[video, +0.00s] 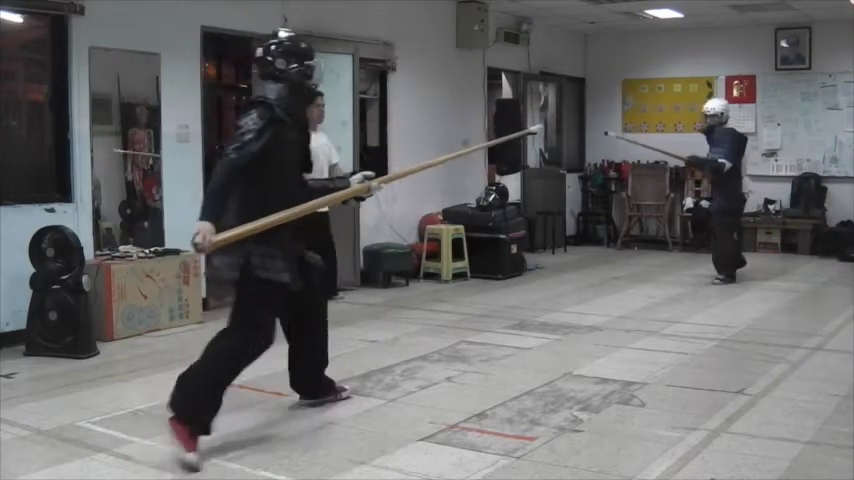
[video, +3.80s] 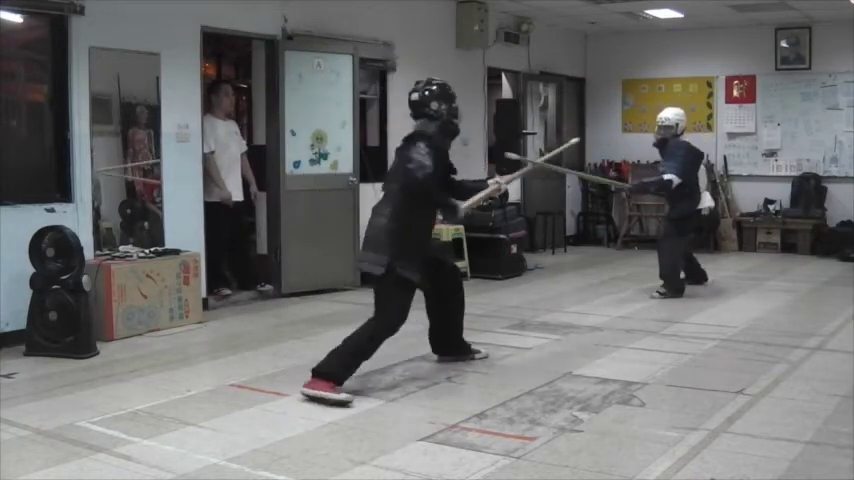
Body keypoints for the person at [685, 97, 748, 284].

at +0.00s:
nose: (708, 120)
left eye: (712, 116)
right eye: (707, 116)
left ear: (723, 117)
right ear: (707, 117)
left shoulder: (729, 136)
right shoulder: (715, 135)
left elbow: (721, 166)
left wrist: (696, 161)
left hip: (728, 194)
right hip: (721, 193)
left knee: (723, 230)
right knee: (721, 229)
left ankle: (727, 272)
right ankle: (734, 260)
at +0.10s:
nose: (703, 120)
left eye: (707, 115)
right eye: (701, 115)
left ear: (718, 116)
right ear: (700, 115)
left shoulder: (724, 134)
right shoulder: (712, 134)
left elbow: (717, 162)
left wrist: (688, 158)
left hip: (727, 194)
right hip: (718, 193)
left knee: (722, 232)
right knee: (714, 230)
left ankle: (727, 273)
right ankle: (717, 265)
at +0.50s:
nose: (686, 125)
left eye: (690, 120)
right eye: (685, 120)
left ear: (701, 120)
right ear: (685, 120)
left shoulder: (709, 138)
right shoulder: (693, 139)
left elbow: (701, 170)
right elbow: (695, 167)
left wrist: (672, 168)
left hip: (707, 197)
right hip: (695, 197)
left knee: (699, 234)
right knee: (685, 235)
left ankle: (715, 268)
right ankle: (693, 275)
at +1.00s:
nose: (672, 135)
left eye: (677, 130)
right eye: (670, 130)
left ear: (688, 130)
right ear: (666, 130)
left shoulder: (692, 148)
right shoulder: (679, 149)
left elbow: (686, 178)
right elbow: (679, 175)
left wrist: (656, 173)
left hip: (700, 206)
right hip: (690, 205)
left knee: (679, 237)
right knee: (676, 237)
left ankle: (690, 285)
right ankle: (694, 277)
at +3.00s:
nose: (676, 120)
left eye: (681, 116)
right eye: (675, 116)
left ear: (692, 117)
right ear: (673, 115)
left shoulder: (698, 137)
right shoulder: (684, 138)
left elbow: (698, 170)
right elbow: (686, 168)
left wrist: (668, 173)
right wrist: (669, 169)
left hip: (695, 196)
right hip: (684, 195)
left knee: (685, 235)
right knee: (678, 234)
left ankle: (694, 281)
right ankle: (693, 275)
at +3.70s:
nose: (665, 128)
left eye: (670, 124)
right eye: (663, 124)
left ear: (680, 125)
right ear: (661, 123)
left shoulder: (686, 144)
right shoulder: (671, 144)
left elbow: (678, 175)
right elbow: (672, 171)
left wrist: (653, 179)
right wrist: (661, 178)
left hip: (690, 200)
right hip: (682, 198)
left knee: (678, 238)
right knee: (678, 236)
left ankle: (676, 285)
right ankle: (696, 273)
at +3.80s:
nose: (662, 132)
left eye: (667, 128)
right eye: (660, 127)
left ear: (678, 129)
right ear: (658, 127)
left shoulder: (679, 149)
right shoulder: (669, 148)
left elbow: (669, 180)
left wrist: (636, 188)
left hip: (685, 206)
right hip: (680, 204)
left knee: (668, 243)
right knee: (676, 241)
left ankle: (673, 286)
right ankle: (695, 274)